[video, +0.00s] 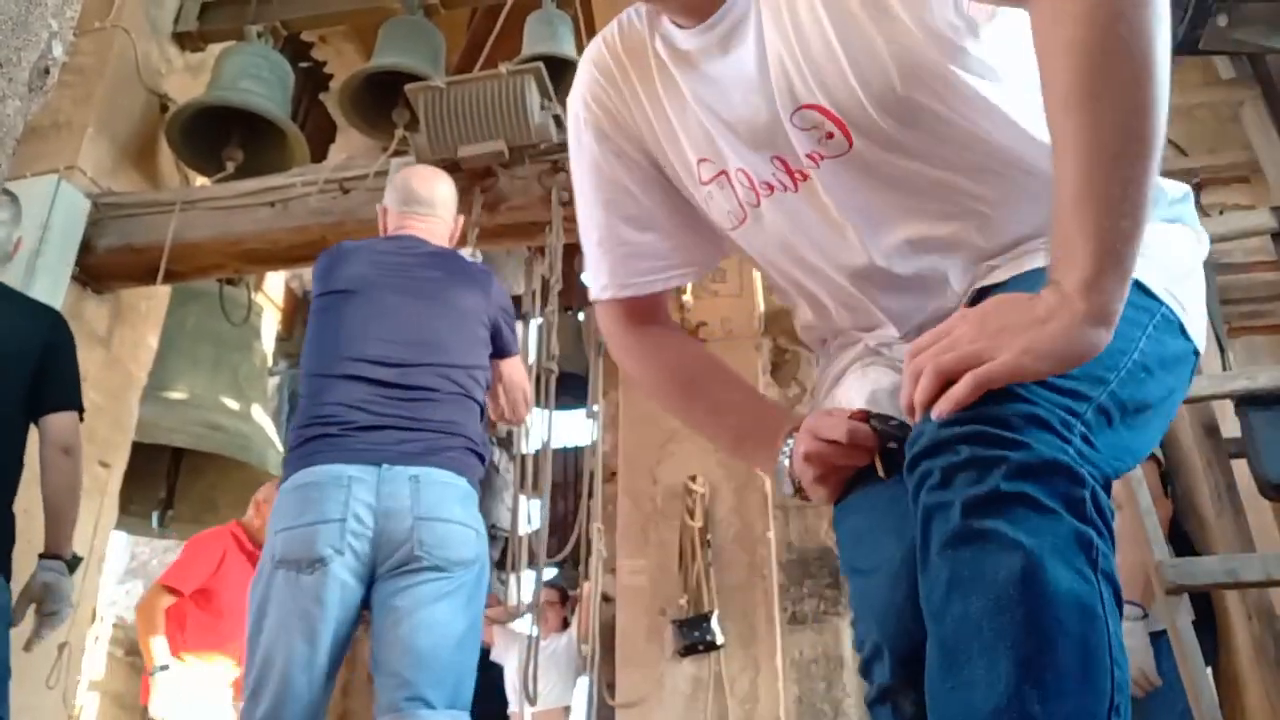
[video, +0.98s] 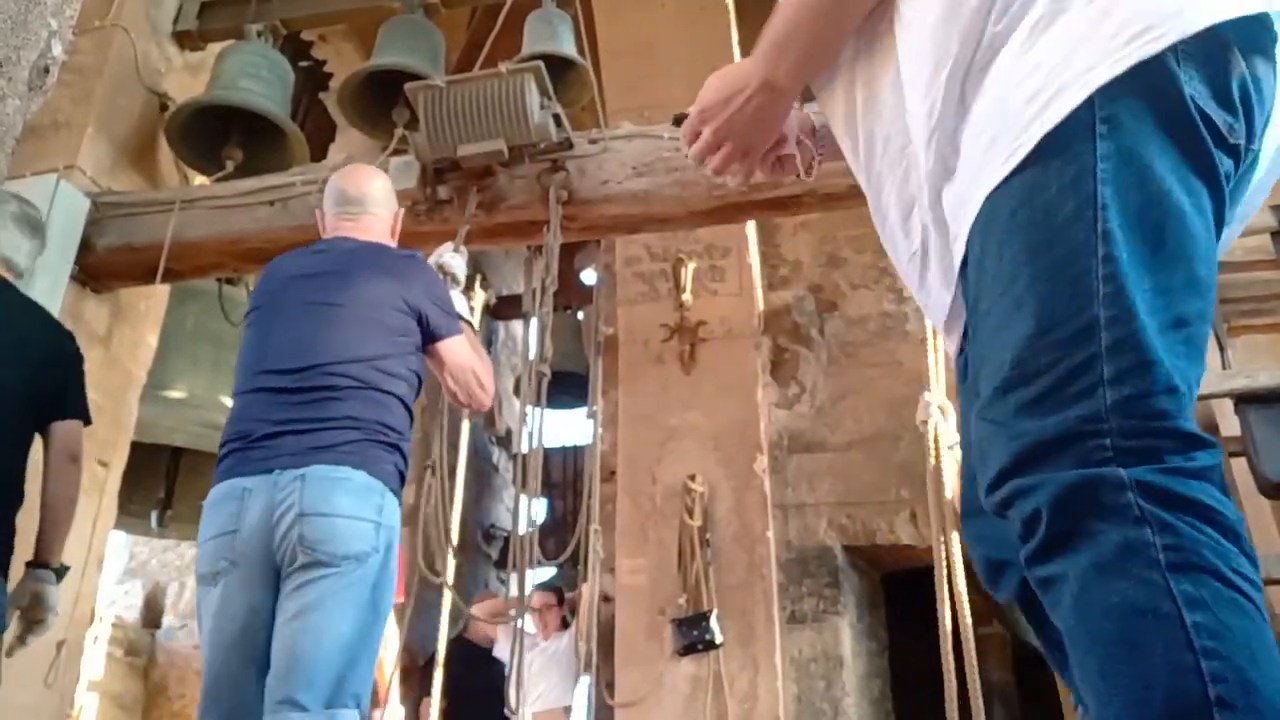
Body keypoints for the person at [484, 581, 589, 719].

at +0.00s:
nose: (542, 608)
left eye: (550, 604)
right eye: (538, 603)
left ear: (565, 609)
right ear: (533, 607)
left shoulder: (571, 641)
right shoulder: (515, 644)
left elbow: (590, 589)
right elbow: (480, 619)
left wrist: (574, 598)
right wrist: (525, 608)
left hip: (557, 715)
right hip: (518, 715)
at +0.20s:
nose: (541, 608)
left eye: (549, 602)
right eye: (538, 602)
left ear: (565, 608)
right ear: (532, 605)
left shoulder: (571, 641)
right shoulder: (514, 643)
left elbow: (587, 587)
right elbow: (472, 622)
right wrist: (521, 607)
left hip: (554, 714)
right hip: (518, 714)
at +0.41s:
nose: (540, 607)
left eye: (548, 602)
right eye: (536, 601)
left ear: (565, 609)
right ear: (531, 605)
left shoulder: (571, 642)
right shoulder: (514, 643)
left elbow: (584, 588)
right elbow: (471, 623)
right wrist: (521, 610)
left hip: (553, 714)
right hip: (517, 715)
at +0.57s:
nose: (541, 606)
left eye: (549, 601)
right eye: (537, 601)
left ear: (566, 607)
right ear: (532, 605)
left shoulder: (571, 641)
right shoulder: (516, 642)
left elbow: (584, 589)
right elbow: (473, 619)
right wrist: (523, 610)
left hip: (553, 714)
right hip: (517, 715)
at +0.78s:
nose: (540, 609)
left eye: (548, 603)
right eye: (535, 603)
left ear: (565, 608)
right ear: (530, 608)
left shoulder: (572, 640)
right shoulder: (518, 641)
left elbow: (587, 590)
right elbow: (475, 617)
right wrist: (522, 610)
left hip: (557, 713)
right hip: (518, 714)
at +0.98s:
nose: (540, 616)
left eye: (547, 608)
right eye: (535, 609)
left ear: (562, 609)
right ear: (529, 612)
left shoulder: (573, 638)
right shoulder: (522, 642)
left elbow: (590, 590)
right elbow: (478, 611)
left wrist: (571, 600)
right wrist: (525, 603)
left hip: (557, 714)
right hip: (522, 714)